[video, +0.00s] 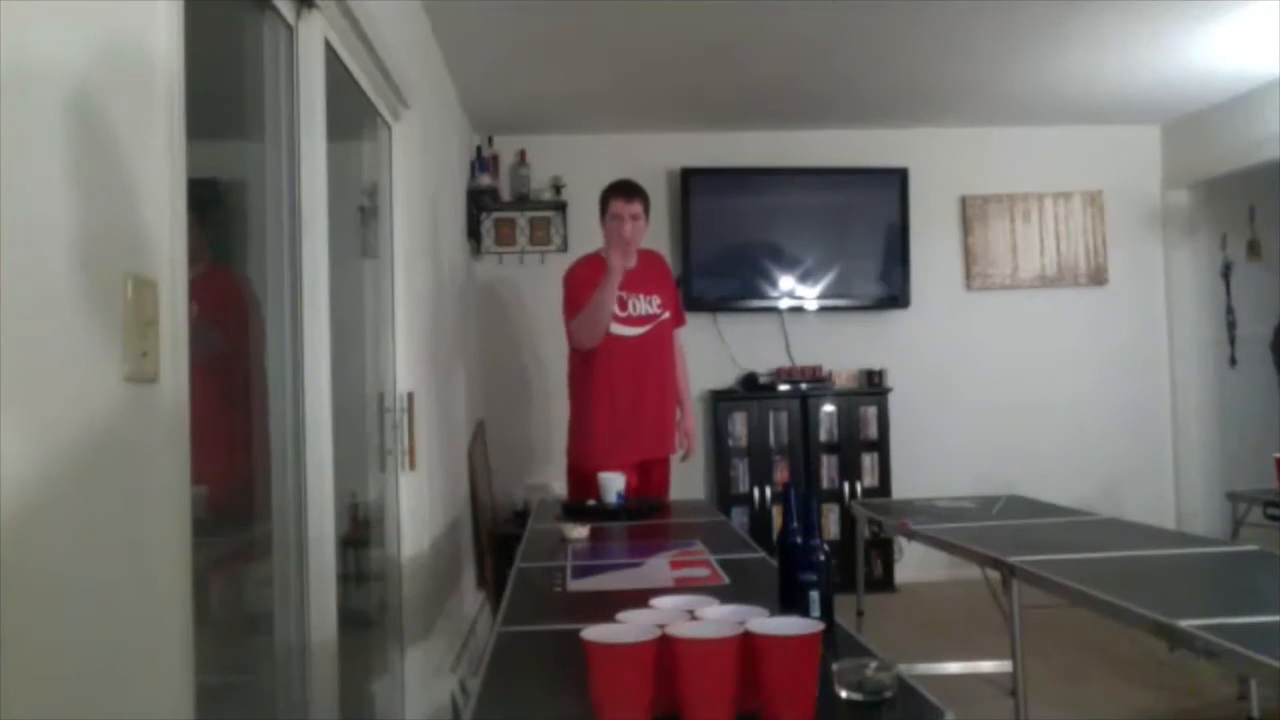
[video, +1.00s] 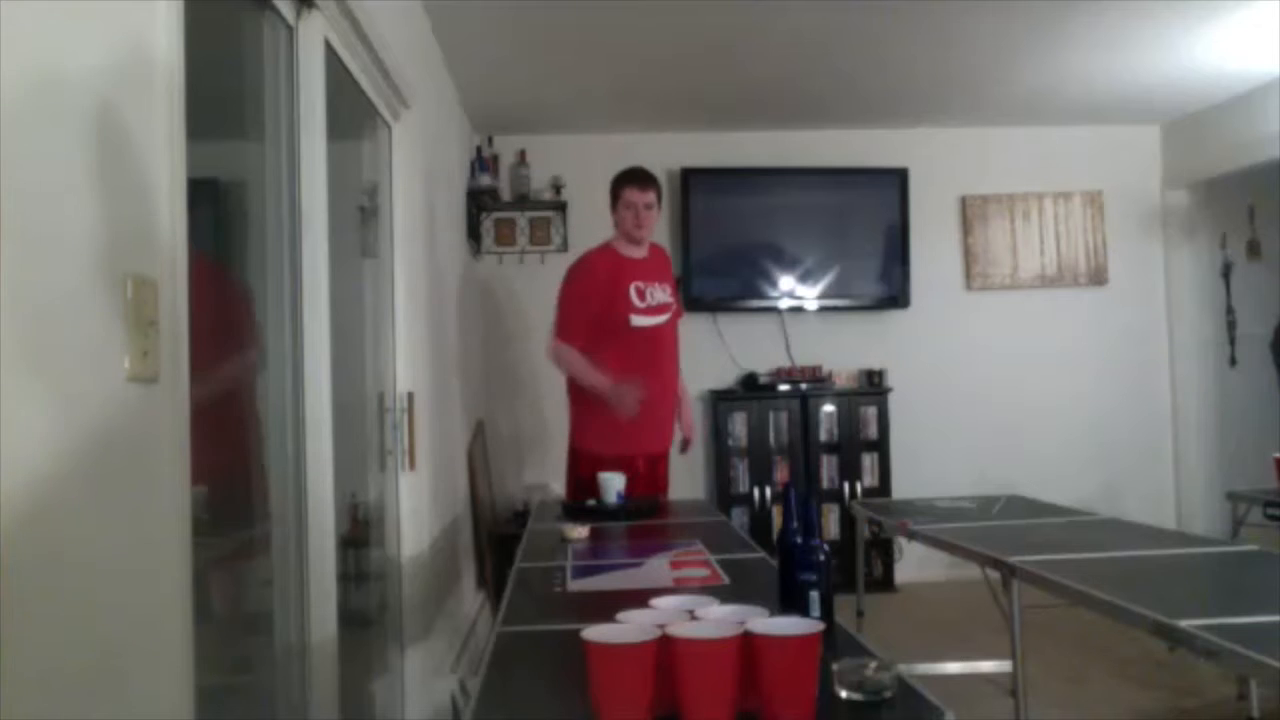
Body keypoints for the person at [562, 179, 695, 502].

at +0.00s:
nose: (626, 228)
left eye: (635, 219)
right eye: (617, 219)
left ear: (646, 224)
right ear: (603, 223)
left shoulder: (657, 267)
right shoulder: (584, 273)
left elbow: (673, 344)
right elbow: (583, 338)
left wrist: (686, 411)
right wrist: (613, 276)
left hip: (652, 431)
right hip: (599, 433)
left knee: (652, 539)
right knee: (598, 540)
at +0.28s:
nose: (629, 223)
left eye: (637, 214)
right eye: (621, 215)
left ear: (648, 220)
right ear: (608, 220)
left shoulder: (658, 265)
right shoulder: (587, 267)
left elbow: (675, 341)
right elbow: (594, 312)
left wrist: (690, 405)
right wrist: (613, 238)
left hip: (653, 436)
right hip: (601, 438)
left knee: (653, 542)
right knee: (600, 546)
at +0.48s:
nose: (631, 214)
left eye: (639, 204)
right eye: (623, 205)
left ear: (649, 212)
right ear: (607, 211)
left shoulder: (656, 259)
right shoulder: (588, 257)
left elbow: (672, 336)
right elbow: (604, 255)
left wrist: (691, 398)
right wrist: (618, 176)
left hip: (652, 429)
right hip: (603, 429)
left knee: (652, 541)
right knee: (598, 544)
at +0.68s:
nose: (635, 211)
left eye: (642, 202)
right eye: (625, 202)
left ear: (652, 208)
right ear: (609, 207)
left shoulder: (656, 259)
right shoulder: (588, 252)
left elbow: (666, 339)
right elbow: (614, 264)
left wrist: (689, 400)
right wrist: (618, 170)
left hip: (651, 429)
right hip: (602, 429)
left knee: (650, 544)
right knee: (600, 546)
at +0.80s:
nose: (636, 213)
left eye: (644, 203)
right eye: (625, 203)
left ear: (655, 208)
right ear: (609, 209)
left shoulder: (657, 259)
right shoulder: (593, 259)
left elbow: (665, 342)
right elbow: (599, 333)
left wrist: (687, 404)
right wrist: (621, 254)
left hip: (651, 430)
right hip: (602, 432)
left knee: (650, 541)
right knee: (597, 542)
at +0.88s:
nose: (637, 214)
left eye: (646, 205)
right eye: (627, 204)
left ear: (656, 210)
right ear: (611, 210)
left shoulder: (659, 261)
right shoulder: (593, 263)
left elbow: (666, 347)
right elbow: (581, 350)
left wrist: (685, 404)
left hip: (651, 429)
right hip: (602, 430)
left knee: (650, 539)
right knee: (596, 540)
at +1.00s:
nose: (639, 217)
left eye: (648, 208)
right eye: (629, 208)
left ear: (658, 213)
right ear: (613, 213)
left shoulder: (661, 262)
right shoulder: (590, 268)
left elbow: (667, 344)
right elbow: (561, 348)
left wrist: (683, 404)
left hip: (653, 438)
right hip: (602, 441)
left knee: (650, 543)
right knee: (598, 544)